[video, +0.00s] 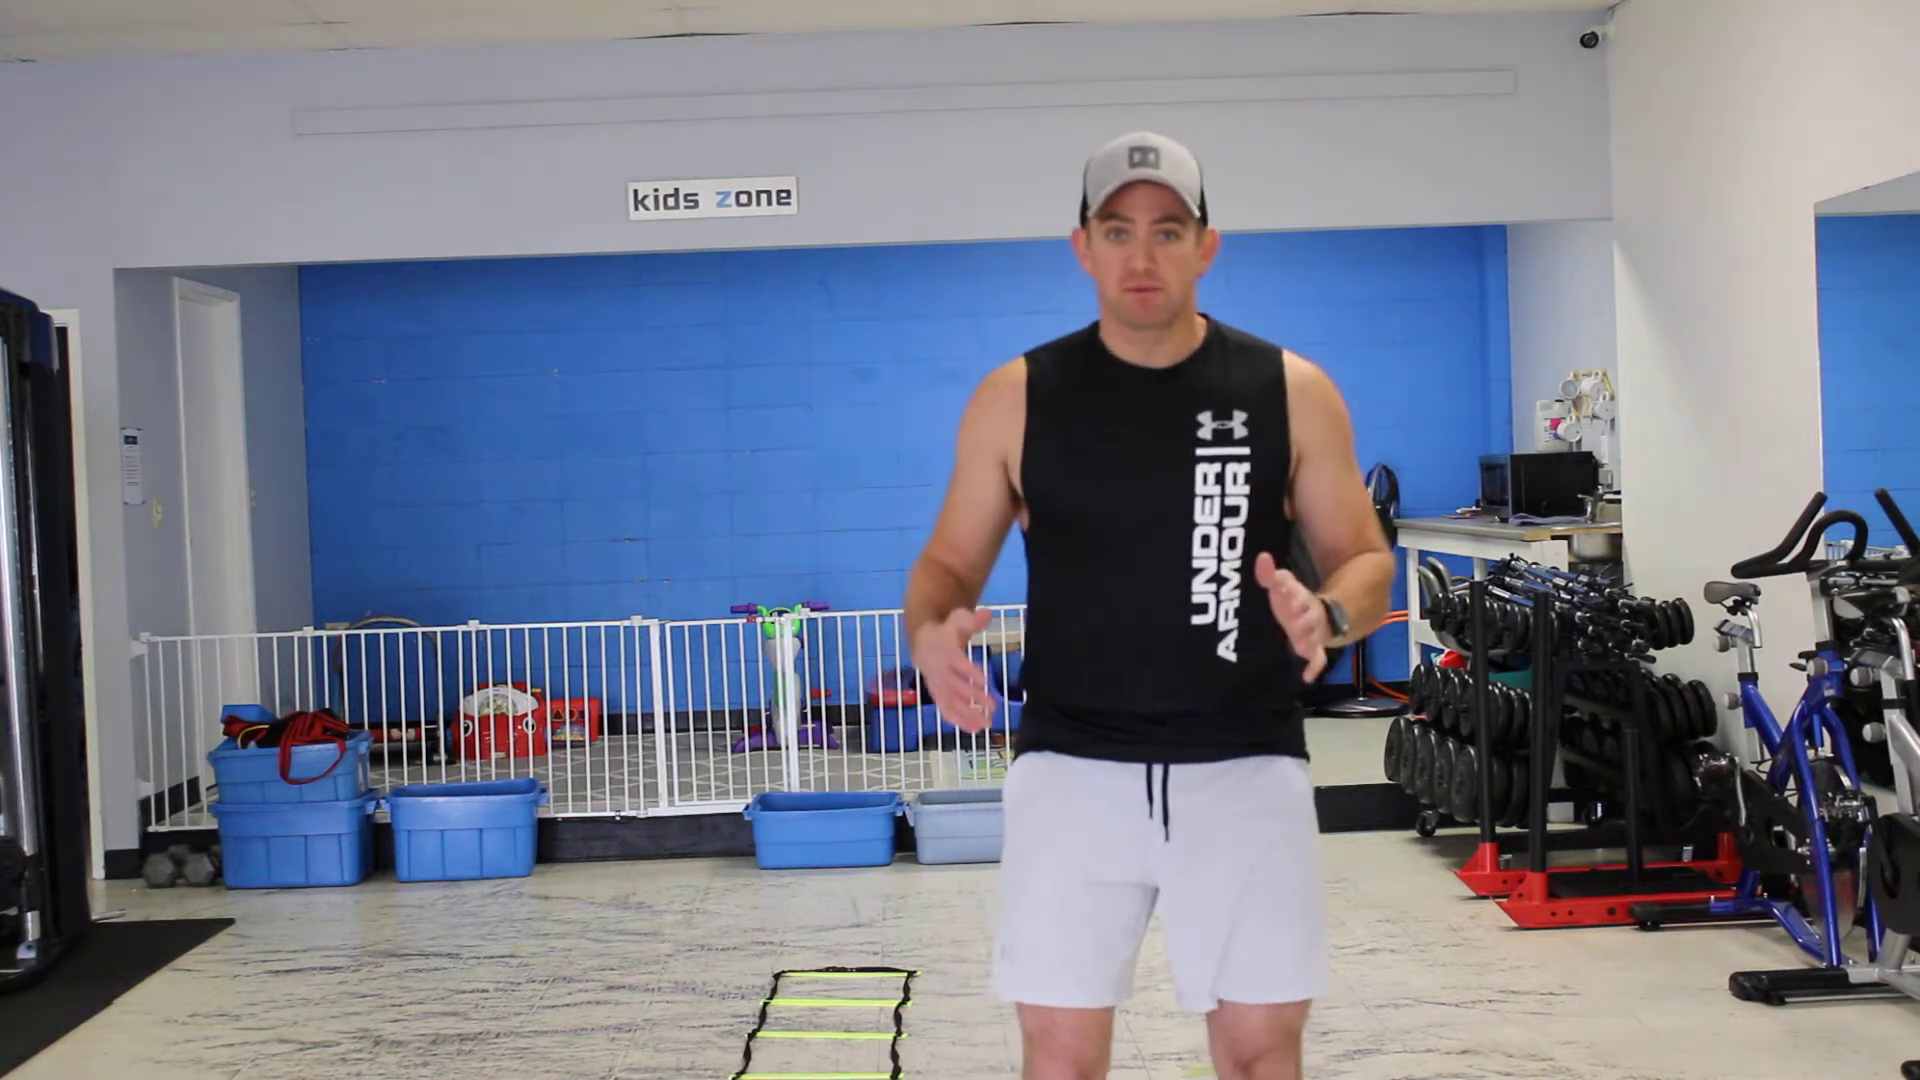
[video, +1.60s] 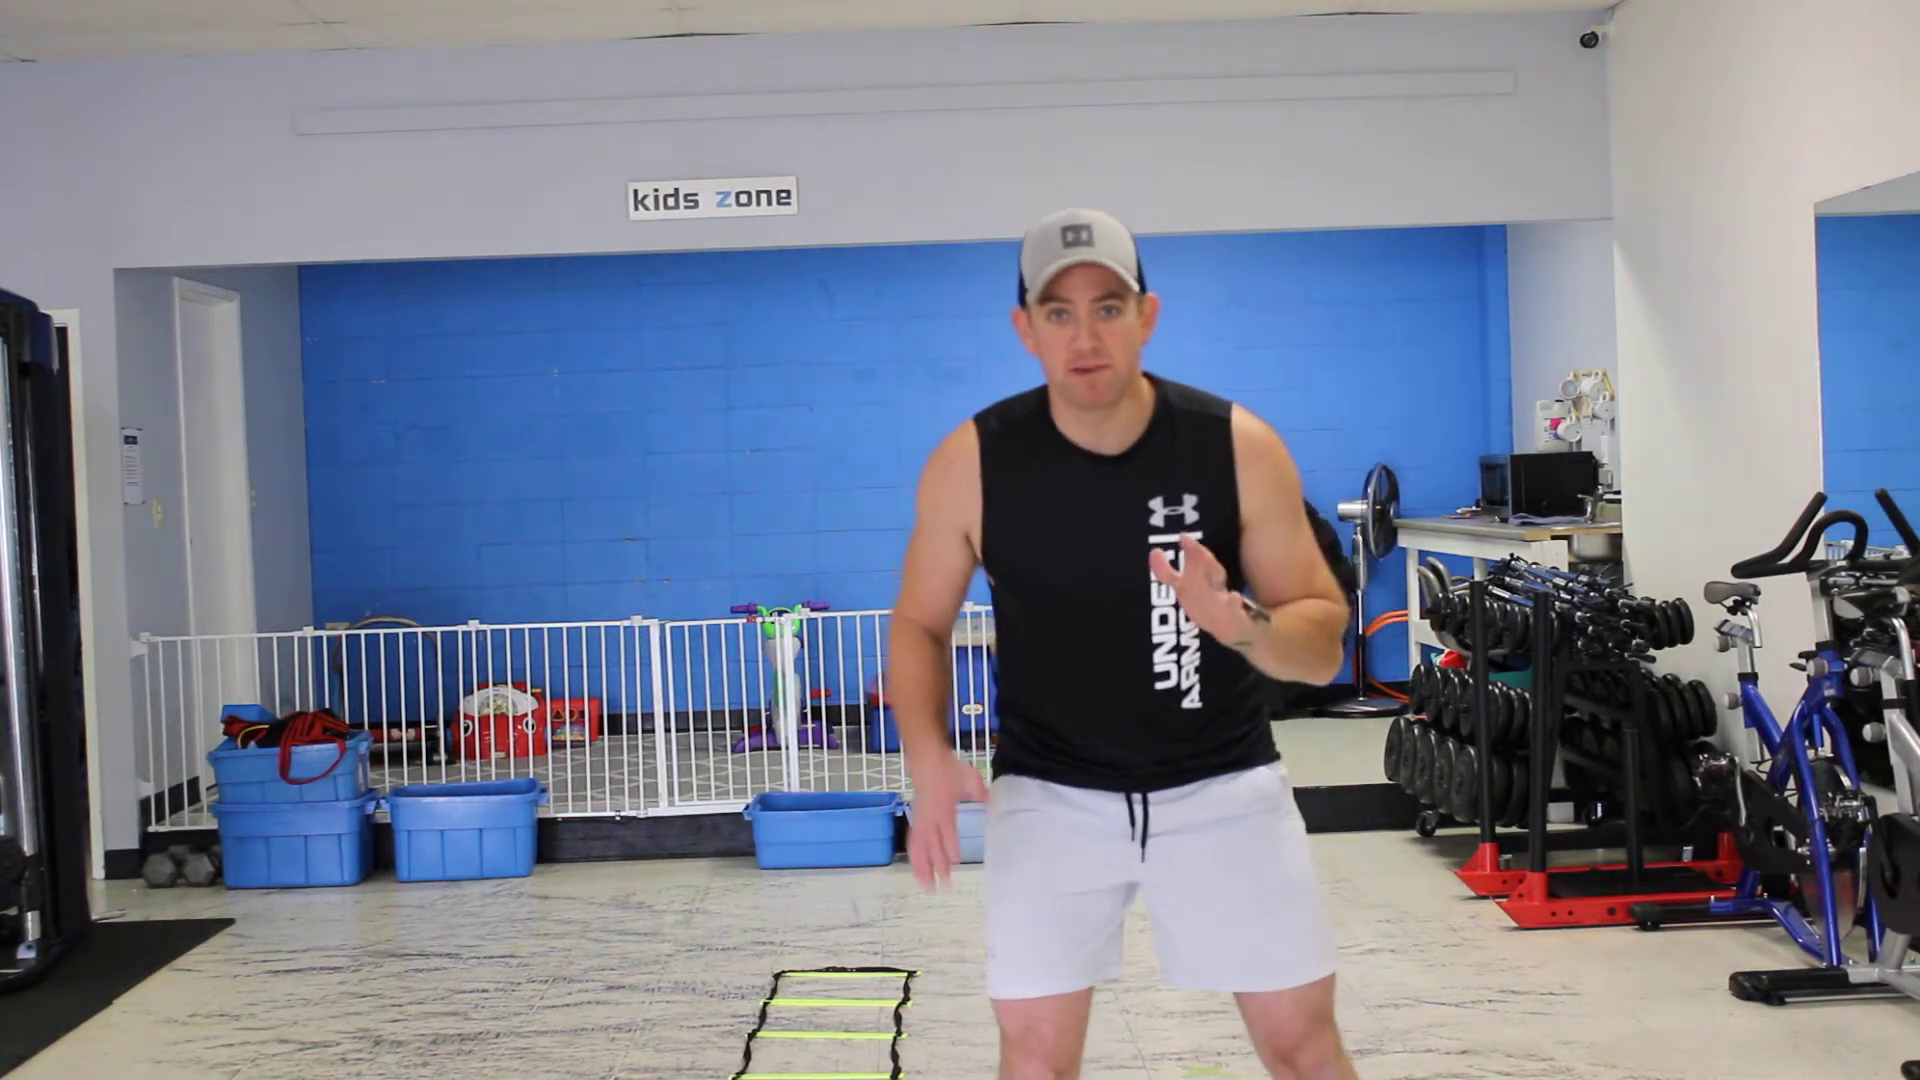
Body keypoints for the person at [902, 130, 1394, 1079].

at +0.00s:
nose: (1142, 255)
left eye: (1168, 230)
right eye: (1118, 230)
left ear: (1207, 248)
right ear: (1084, 248)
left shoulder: (1293, 392)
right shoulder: (1018, 398)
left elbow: (1363, 559)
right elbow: (948, 566)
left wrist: (1328, 614)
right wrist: (931, 635)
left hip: (1246, 776)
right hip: (1070, 779)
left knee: (1260, 1055)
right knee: (1060, 1058)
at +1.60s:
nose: (1085, 337)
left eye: (1108, 309)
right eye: (1060, 313)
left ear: (1147, 316)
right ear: (1026, 329)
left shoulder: (1239, 448)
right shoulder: (973, 462)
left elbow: (1322, 641)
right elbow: (919, 625)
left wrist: (1243, 628)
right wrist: (928, 755)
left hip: (1227, 799)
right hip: (1051, 807)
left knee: (1305, 1051)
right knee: (1036, 1061)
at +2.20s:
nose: (999, 438)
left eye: (1022, 409)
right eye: (973, 411)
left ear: (1062, 413)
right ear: (939, 419)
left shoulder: (1144, 532)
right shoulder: (878, 533)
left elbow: (1229, 743)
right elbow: (833, 647)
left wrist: (1142, 727)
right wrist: (876, 794)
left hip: (1142, 831)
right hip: (969, 838)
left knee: (1243, 1067)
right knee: (987, 1069)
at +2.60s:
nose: (949, 540)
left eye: (976, 509)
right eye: (924, 512)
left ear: (1018, 513)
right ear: (895, 519)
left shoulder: (1105, 620)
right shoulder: (847, 625)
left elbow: (1181, 848)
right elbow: (839, 723)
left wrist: (1059, 818)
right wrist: (875, 858)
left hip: (1113, 899)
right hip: (954, 885)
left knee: (1131, 1067)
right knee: (970, 1065)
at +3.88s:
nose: (1052, 552)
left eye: (1078, 521)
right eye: (1027, 524)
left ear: (1123, 527)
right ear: (997, 533)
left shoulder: (1209, 632)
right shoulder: (948, 633)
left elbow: (1299, 826)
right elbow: (891, 727)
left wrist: (1192, 855)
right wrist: (926, 882)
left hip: (1180, 901)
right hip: (1015, 893)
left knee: (1280, 1065)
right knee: (1032, 1066)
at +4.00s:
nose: (1108, 517)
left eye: (1134, 489)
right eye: (1083, 491)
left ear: (1178, 497)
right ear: (1051, 500)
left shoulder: (1258, 605)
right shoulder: (991, 602)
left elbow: (1345, 787)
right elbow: (922, 688)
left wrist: (1260, 826)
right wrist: (960, 839)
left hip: (1215, 865)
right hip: (1049, 874)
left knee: (1385, 1049)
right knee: (1047, 1066)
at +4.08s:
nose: (1153, 479)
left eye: (1178, 449)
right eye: (1126, 451)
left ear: (1221, 459)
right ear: (1094, 463)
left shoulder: (1297, 567)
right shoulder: (1034, 570)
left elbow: (1388, 741)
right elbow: (947, 643)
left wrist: (1316, 788)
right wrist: (999, 785)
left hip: (1258, 843)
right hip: (1085, 857)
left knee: (1449, 1037)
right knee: (1071, 1067)